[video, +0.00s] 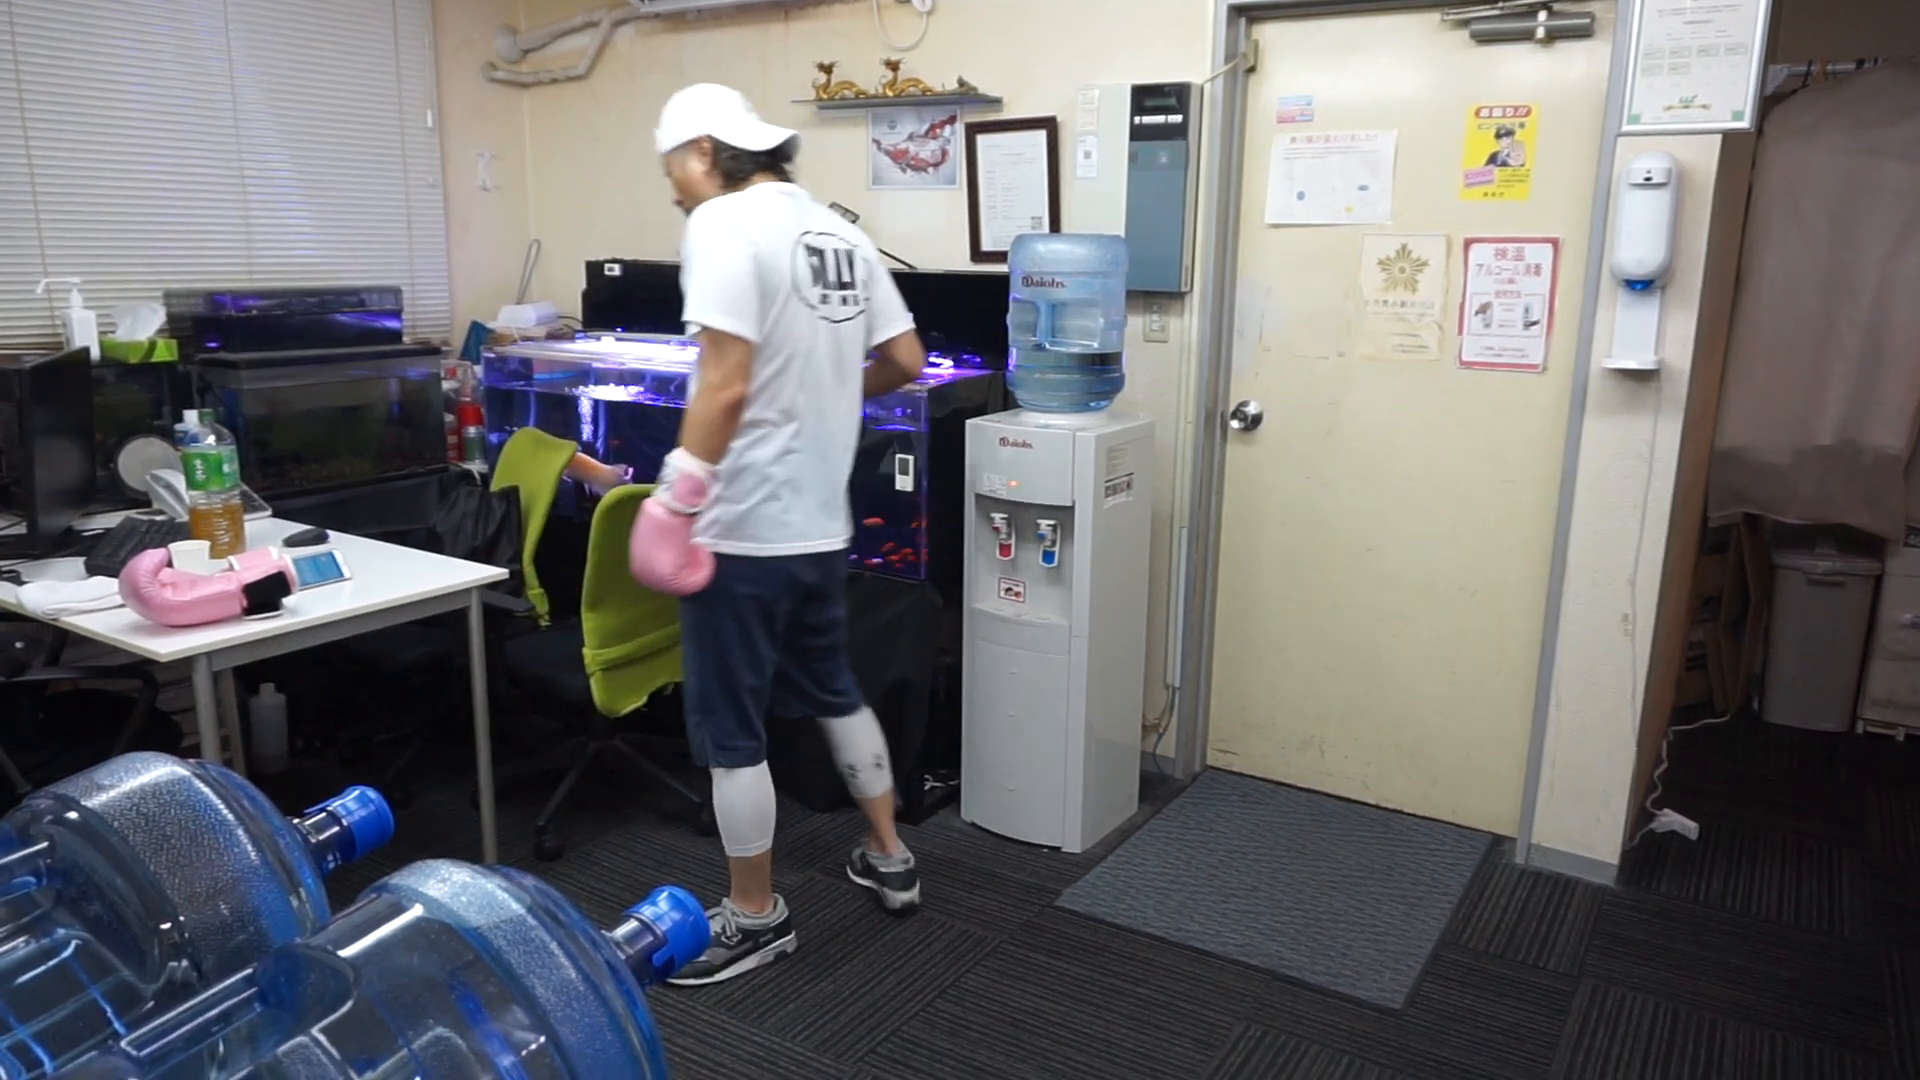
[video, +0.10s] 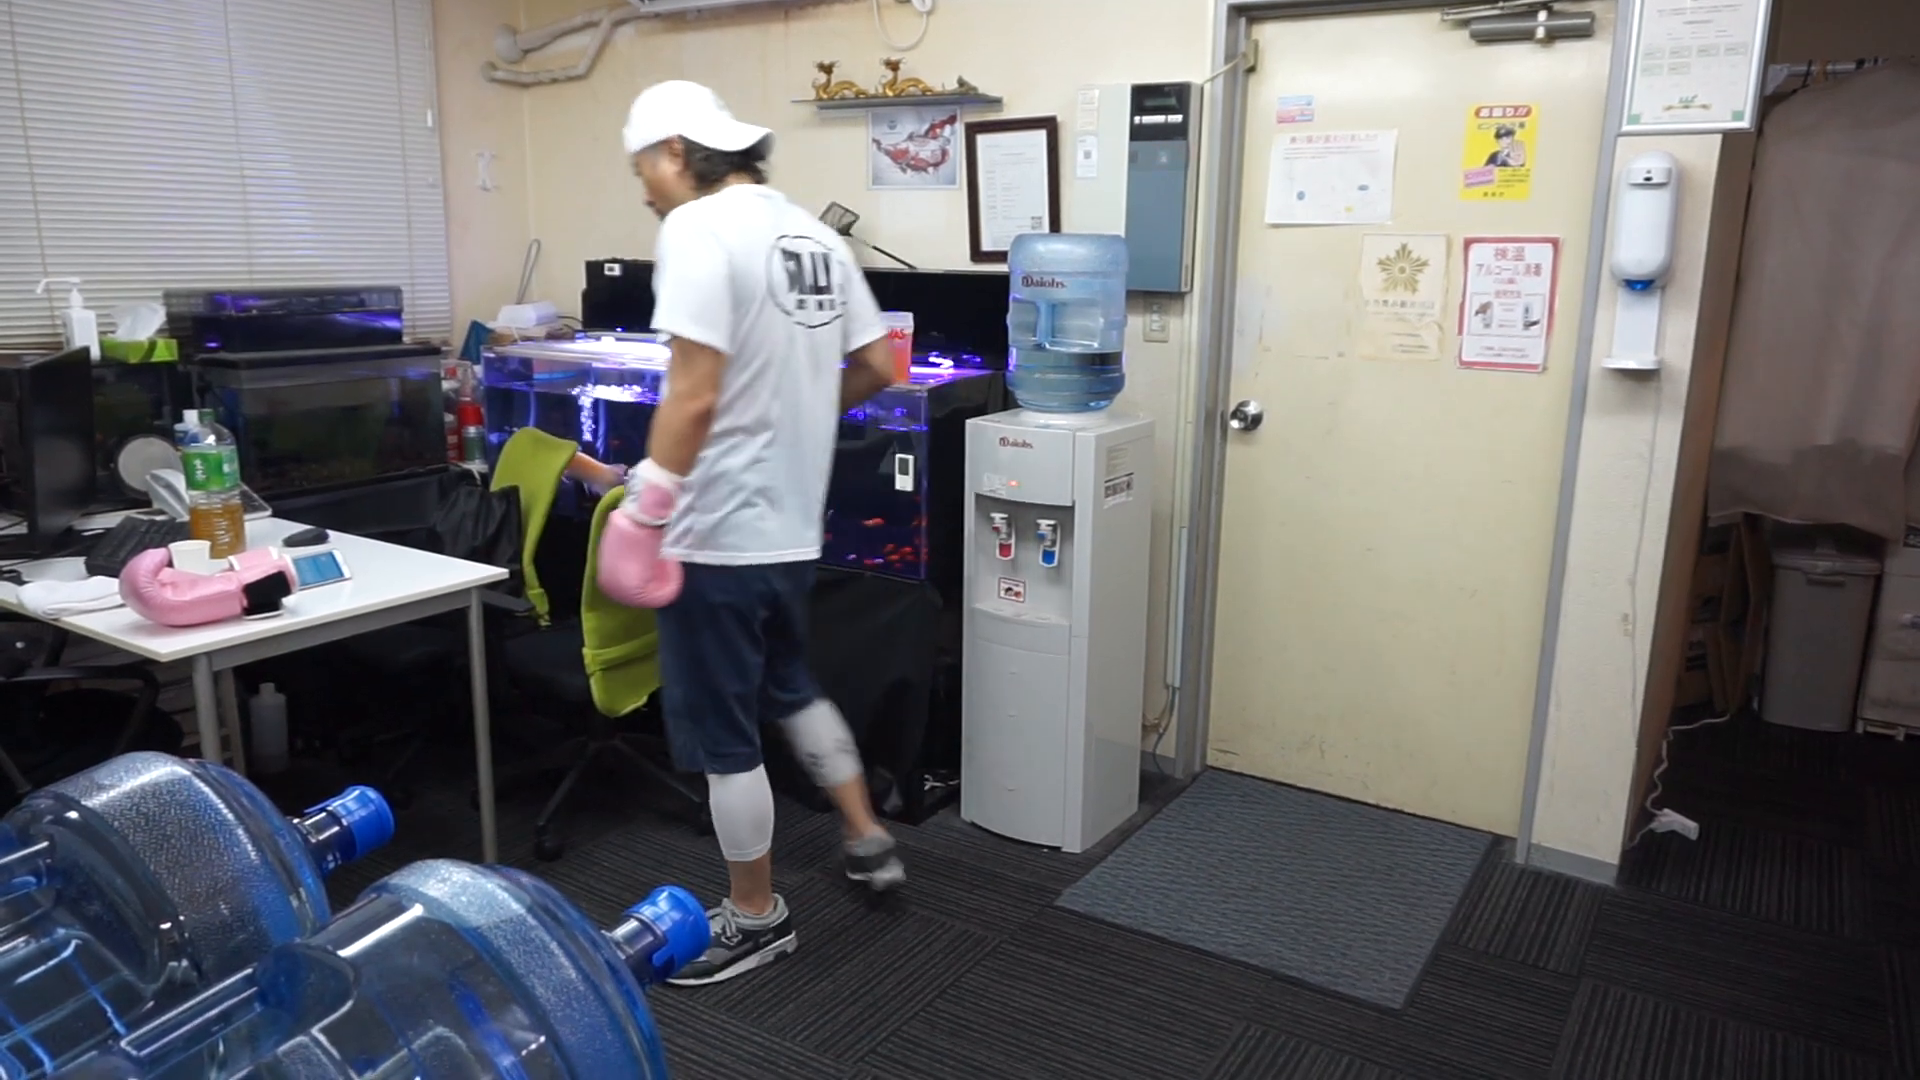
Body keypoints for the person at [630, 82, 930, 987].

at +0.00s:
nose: (671, 185)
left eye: (673, 166)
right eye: (669, 168)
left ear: (707, 154)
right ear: (752, 154)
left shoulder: (725, 226)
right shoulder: (840, 230)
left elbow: (726, 384)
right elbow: (903, 358)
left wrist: (674, 503)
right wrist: (819, 389)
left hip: (745, 529)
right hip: (822, 526)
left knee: (729, 725)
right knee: (834, 690)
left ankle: (755, 912)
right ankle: (891, 857)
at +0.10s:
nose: (643, 193)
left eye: (643, 171)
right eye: (639, 174)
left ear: (678, 154)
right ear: (714, 155)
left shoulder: (700, 229)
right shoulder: (813, 232)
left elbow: (694, 392)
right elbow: (879, 365)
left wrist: (641, 510)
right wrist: (791, 407)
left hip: (721, 529)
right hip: (792, 526)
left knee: (725, 731)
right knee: (788, 686)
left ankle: (754, 913)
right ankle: (869, 840)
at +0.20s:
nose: (611, 191)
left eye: (612, 169)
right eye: (607, 172)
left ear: (649, 150)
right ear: (681, 151)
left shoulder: (676, 232)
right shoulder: (786, 230)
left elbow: (663, 401)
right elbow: (832, 379)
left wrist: (609, 524)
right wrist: (760, 448)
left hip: (702, 532)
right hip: (768, 523)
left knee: (716, 726)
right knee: (735, 688)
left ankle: (754, 912)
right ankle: (806, 832)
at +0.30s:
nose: (577, 189)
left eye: (577, 167)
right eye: (572, 170)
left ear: (616, 147)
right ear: (644, 150)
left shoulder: (655, 233)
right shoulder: (747, 225)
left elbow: (643, 402)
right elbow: (800, 376)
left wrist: (585, 535)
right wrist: (741, 463)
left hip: (688, 538)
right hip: (738, 526)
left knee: (710, 731)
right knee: (647, 687)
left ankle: (759, 912)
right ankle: (702, 860)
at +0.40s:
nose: (536, 191)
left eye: (539, 170)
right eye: (531, 174)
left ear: (581, 152)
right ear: (608, 152)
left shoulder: (633, 237)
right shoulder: (701, 222)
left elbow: (625, 415)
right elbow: (769, 366)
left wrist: (568, 546)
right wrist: (699, 452)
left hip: (671, 546)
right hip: (683, 530)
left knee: (705, 737)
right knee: (590, 696)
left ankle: (756, 914)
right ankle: (593, 881)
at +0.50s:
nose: (493, 198)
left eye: (494, 175)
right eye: (485, 181)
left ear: (537, 154)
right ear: (554, 156)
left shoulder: (609, 241)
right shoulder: (649, 227)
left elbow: (613, 418)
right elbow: (716, 356)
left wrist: (563, 552)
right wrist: (647, 451)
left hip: (648, 557)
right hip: (623, 552)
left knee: (698, 745)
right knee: (550, 724)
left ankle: (756, 911)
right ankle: (496, 903)